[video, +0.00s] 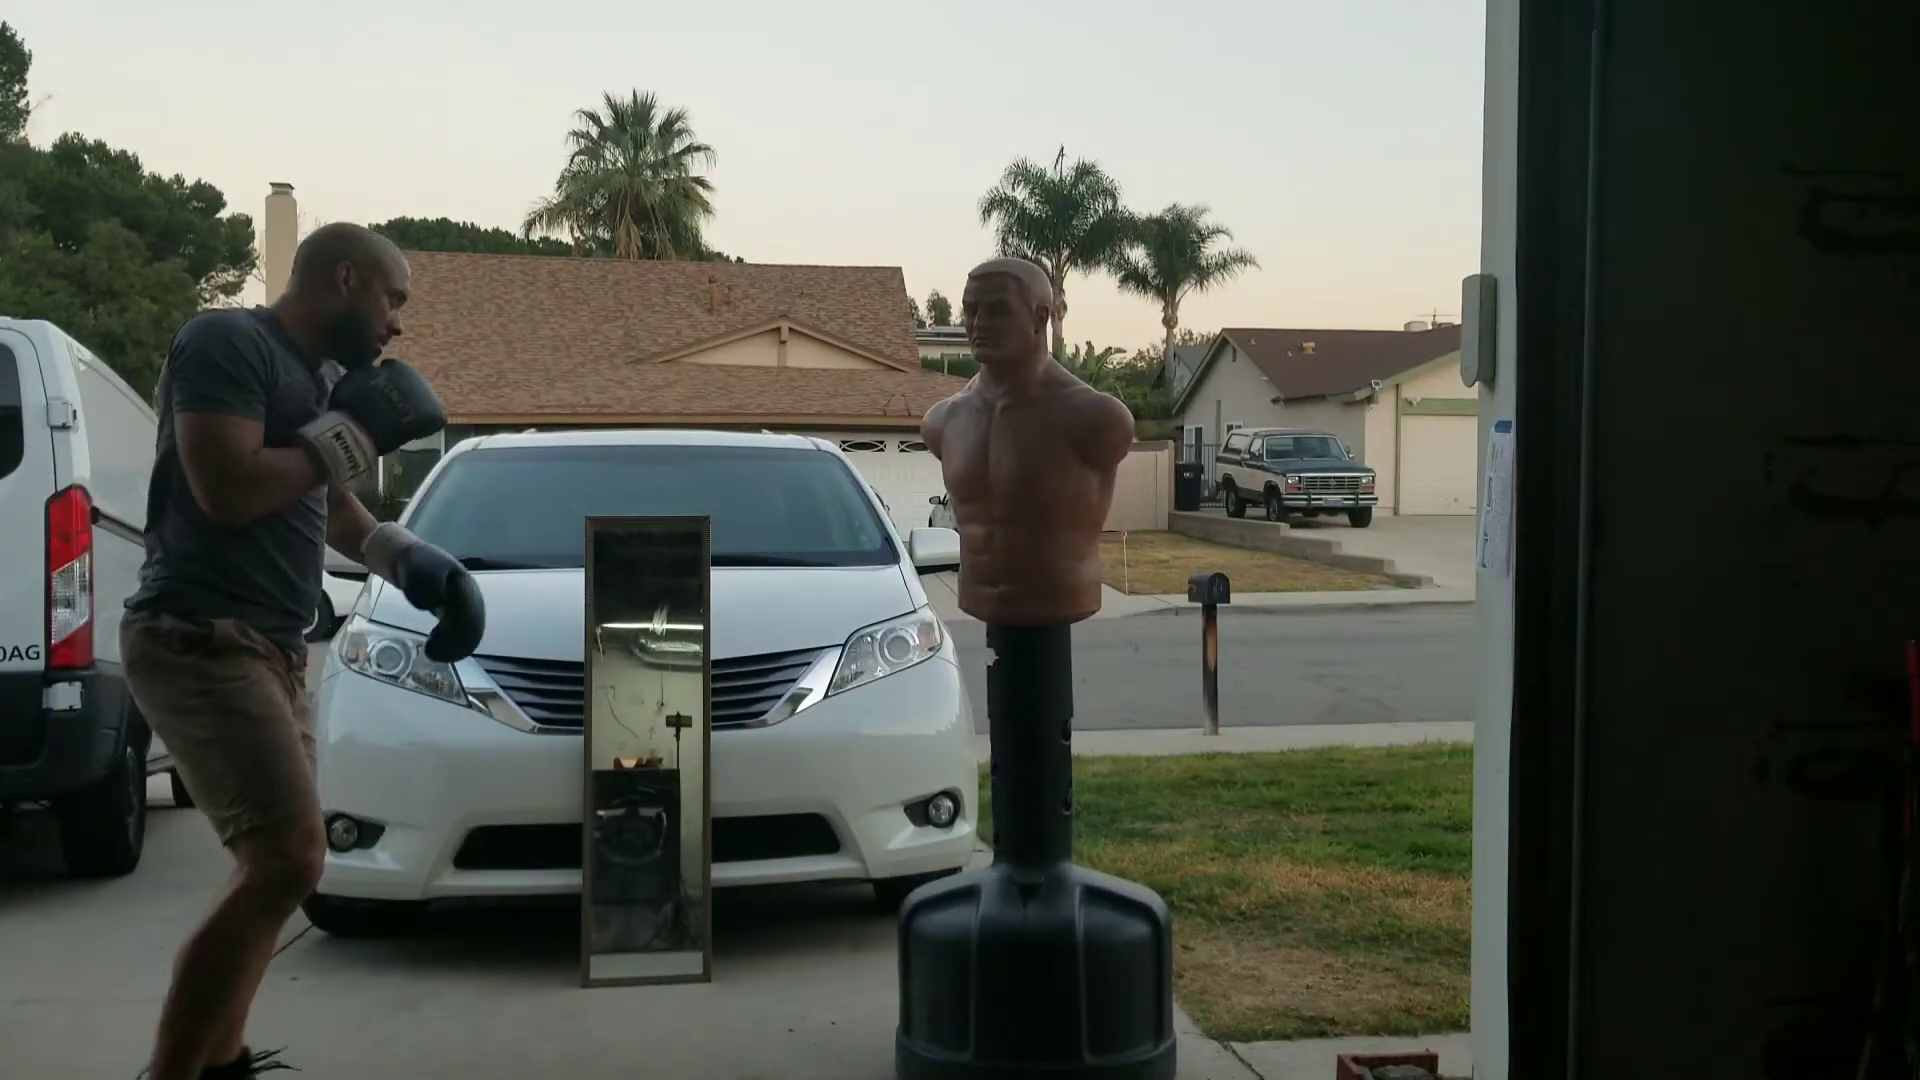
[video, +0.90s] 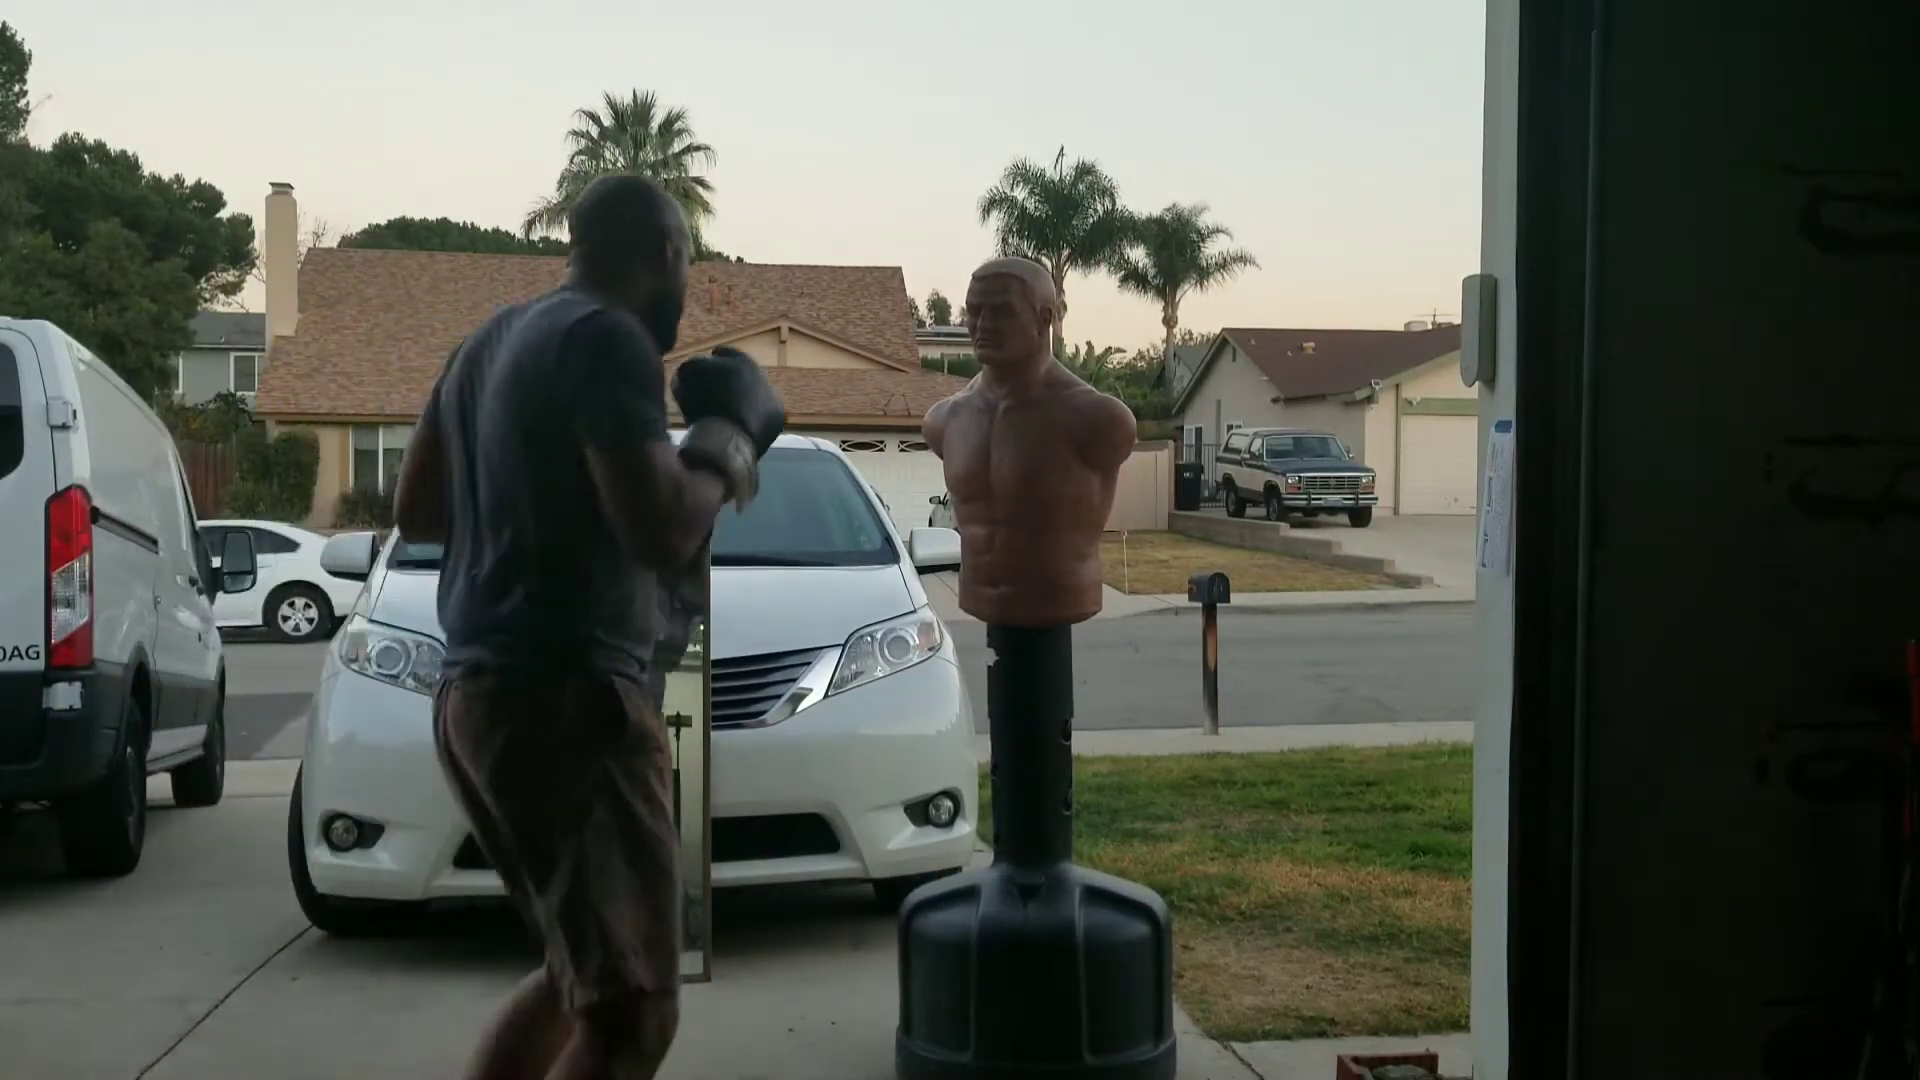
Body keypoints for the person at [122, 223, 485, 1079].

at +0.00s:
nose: (399, 321)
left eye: (403, 303)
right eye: (393, 298)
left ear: (342, 283)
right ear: (344, 279)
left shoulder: (321, 381)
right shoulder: (225, 341)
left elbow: (332, 506)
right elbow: (227, 490)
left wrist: (404, 553)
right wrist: (350, 432)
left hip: (271, 649)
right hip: (198, 641)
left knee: (284, 864)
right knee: (286, 859)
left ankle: (220, 1057)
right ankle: (172, 1070)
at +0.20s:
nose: (427, 377)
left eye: (432, 358)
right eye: (427, 353)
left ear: (373, 331)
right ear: (381, 329)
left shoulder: (337, 436)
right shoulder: (246, 419)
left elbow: (343, 565)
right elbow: (283, 581)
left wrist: (417, 563)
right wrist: (395, 523)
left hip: (281, 714)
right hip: (232, 714)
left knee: (263, 952)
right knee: (325, 963)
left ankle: (148, 1074)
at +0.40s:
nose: (495, 304)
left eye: (501, 285)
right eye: (493, 280)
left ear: (402, 259)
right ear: (449, 266)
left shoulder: (325, 337)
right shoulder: (370, 339)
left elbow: (361, 498)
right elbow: (412, 507)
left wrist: (459, 424)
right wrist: (505, 425)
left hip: (277, 674)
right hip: (332, 684)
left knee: (280, 922)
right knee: (351, 976)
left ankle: (194, 1068)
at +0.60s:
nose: (570, 225)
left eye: (570, 203)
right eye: (565, 201)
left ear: (467, 189)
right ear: (526, 195)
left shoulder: (383, 275)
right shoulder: (446, 270)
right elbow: (417, 461)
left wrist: (535, 391)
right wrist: (529, 412)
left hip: (334, 624)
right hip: (413, 632)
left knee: (365, 922)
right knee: (471, 948)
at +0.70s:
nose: (614, 266)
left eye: (615, 243)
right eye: (609, 241)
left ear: (512, 232)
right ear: (570, 235)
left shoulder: (424, 326)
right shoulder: (486, 322)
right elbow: (469, 525)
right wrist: (583, 462)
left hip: (393, 687)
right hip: (474, 695)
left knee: (421, 1009)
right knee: (540, 1029)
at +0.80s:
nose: (652, 316)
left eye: (653, 293)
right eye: (649, 292)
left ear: (546, 285)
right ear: (616, 288)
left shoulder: (460, 377)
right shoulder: (540, 393)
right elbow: (586, 594)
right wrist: (672, 501)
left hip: (437, 748)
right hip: (528, 759)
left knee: (489, 1050)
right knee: (583, 1046)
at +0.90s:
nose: (690, 279)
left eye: (690, 257)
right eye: (688, 256)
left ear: (578, 253)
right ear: (659, 256)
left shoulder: (483, 344)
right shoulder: (606, 338)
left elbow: (421, 512)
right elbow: (666, 528)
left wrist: (560, 498)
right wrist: (726, 439)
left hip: (479, 705)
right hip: (572, 706)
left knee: (574, 977)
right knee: (633, 1011)